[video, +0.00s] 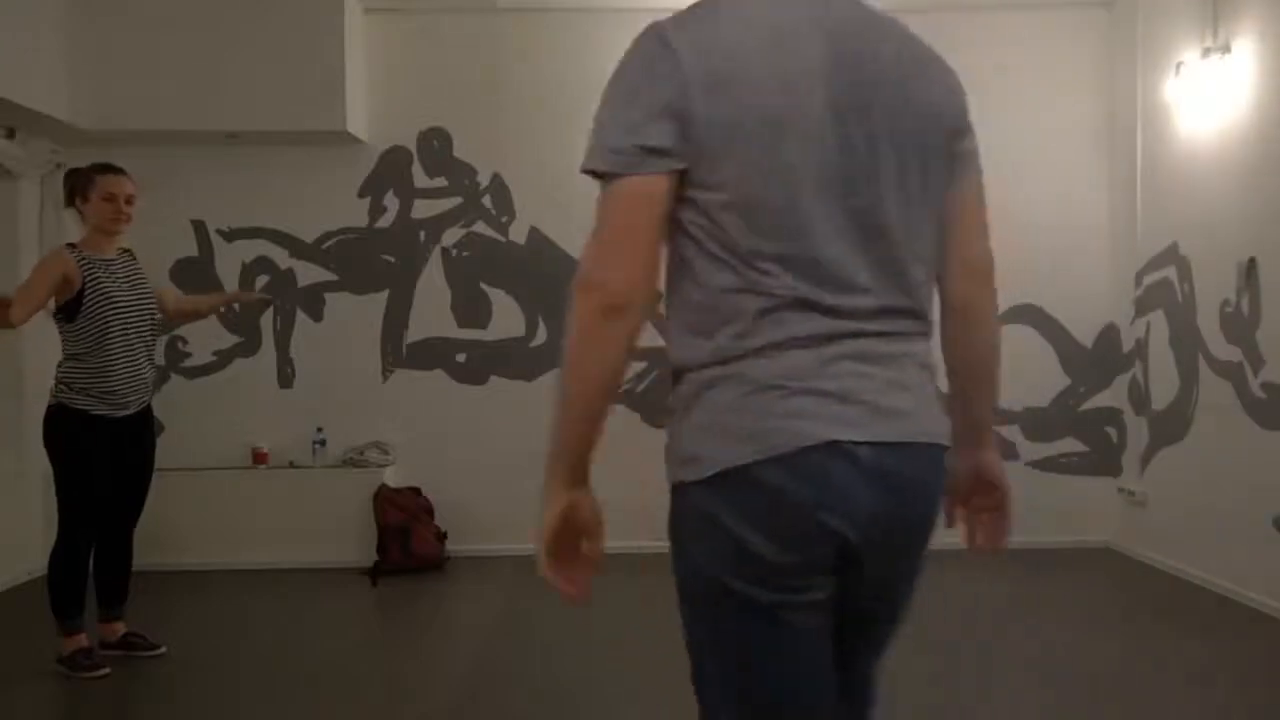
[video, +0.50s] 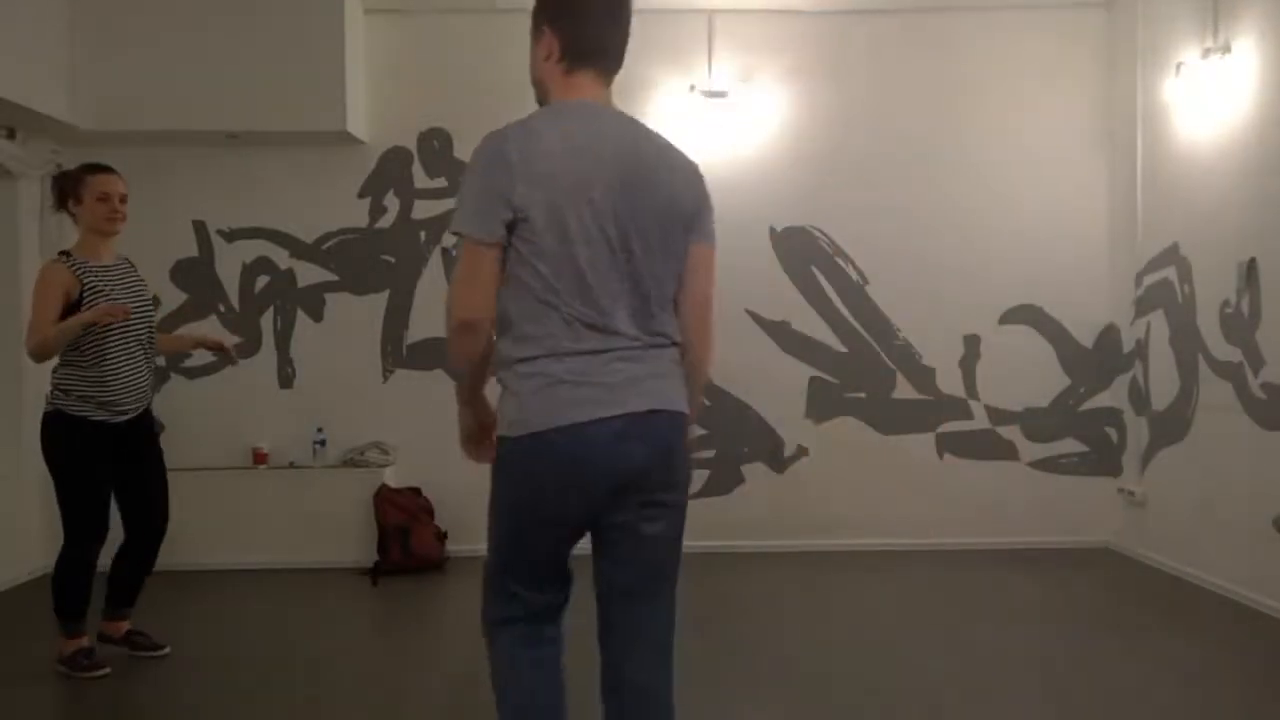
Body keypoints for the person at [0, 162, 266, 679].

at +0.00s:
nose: (121, 209)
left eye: (128, 201)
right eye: (109, 199)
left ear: (135, 207)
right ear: (82, 204)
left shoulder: (130, 264)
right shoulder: (65, 262)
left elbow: (170, 307)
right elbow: (18, 309)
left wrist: (232, 297)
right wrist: (11, 312)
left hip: (133, 419)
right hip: (79, 420)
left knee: (119, 527)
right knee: (77, 530)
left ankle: (112, 630)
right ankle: (73, 641)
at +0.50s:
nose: (116, 208)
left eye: (122, 200)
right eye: (103, 199)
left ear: (127, 207)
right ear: (74, 207)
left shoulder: (126, 269)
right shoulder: (61, 271)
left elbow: (143, 342)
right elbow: (37, 347)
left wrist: (198, 339)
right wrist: (85, 319)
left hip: (132, 423)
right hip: (77, 427)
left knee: (149, 522)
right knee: (86, 533)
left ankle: (116, 625)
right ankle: (72, 642)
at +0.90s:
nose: (158, 205)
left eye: (162, 197)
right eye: (145, 197)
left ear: (166, 205)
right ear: (115, 206)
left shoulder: (163, 267)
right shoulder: (103, 268)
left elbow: (163, 338)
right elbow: (87, 347)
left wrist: (190, 379)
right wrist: (159, 350)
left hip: (171, 424)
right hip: (114, 428)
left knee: (180, 537)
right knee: (117, 538)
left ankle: (186, 648)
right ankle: (79, 635)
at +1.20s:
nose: (185, 202)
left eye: (190, 194)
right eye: (172, 193)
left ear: (194, 201)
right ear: (142, 200)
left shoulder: (198, 266)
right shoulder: (125, 266)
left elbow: (208, 342)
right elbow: (119, 350)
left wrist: (255, 357)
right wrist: (168, 402)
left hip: (204, 418)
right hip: (146, 421)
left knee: (198, 537)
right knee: (176, 535)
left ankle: (188, 650)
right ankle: (145, 645)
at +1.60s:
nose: (199, 200)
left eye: (202, 191)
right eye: (186, 192)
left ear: (205, 198)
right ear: (155, 200)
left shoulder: (212, 264)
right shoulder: (139, 267)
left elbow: (260, 324)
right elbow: (122, 350)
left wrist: (302, 291)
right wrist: (131, 420)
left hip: (220, 422)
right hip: (167, 426)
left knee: (201, 538)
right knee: (167, 540)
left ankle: (190, 650)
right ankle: (167, 660)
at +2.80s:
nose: (214, 208)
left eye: (215, 198)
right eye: (204, 198)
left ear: (206, 203)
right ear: (168, 200)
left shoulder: (195, 263)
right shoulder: (150, 260)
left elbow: (204, 327)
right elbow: (121, 337)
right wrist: (190, 383)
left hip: (189, 418)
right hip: (144, 419)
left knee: (198, 533)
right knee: (175, 533)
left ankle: (187, 649)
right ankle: (138, 641)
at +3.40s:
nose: (251, 212)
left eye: (253, 203)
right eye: (243, 202)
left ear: (223, 207)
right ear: (208, 201)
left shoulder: (220, 265)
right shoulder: (182, 263)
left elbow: (224, 330)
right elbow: (156, 347)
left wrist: (254, 279)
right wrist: (142, 431)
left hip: (214, 423)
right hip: (184, 423)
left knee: (204, 534)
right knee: (240, 526)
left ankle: (179, 649)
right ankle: (184, 640)